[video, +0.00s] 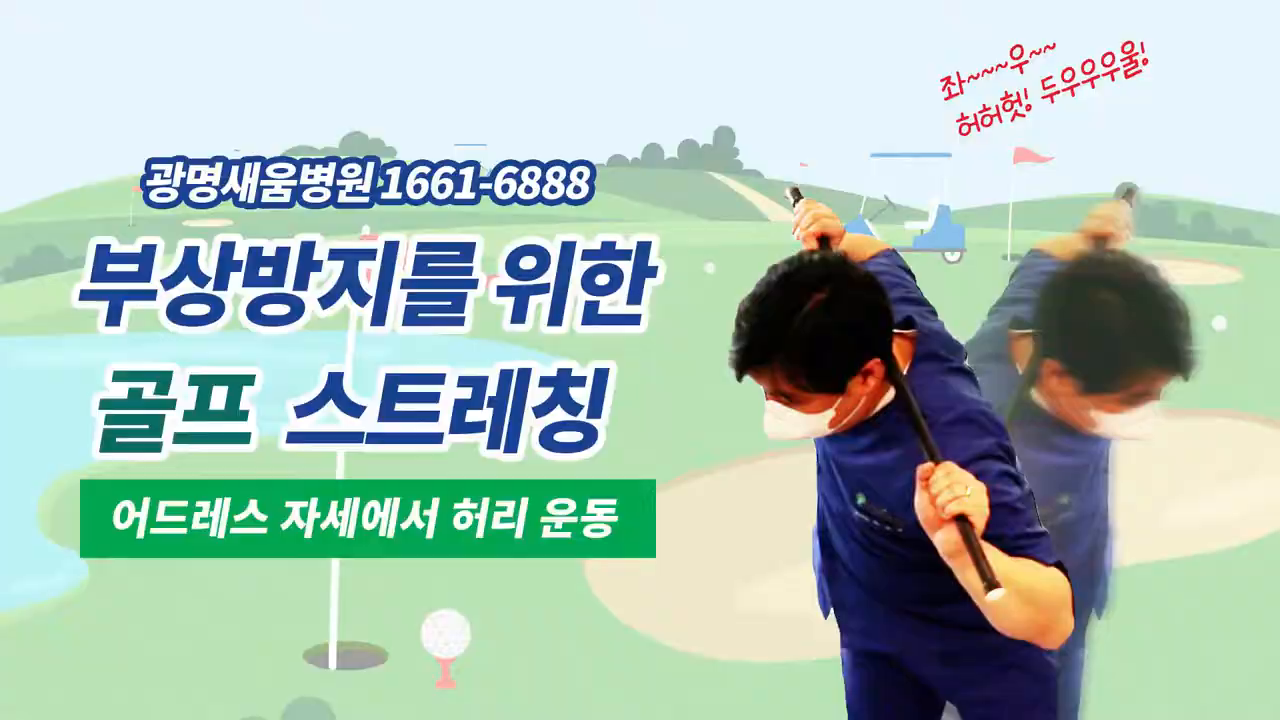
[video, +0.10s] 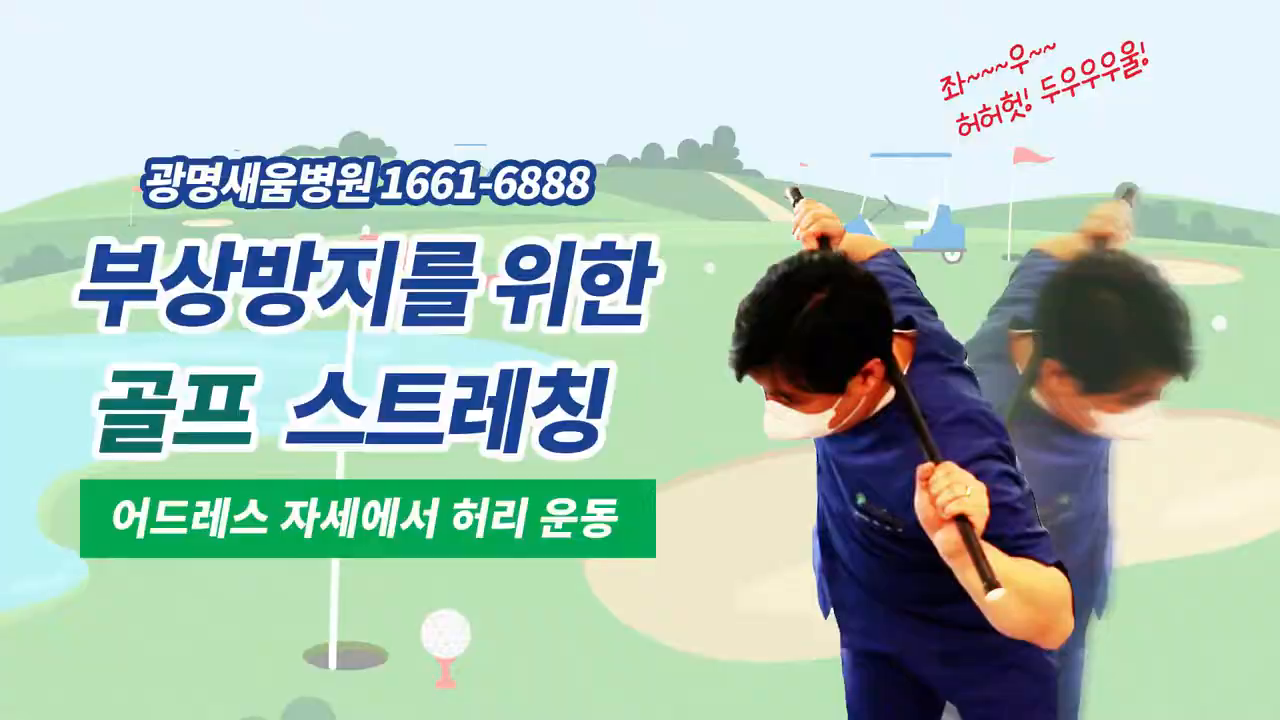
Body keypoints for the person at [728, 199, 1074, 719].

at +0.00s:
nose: (776, 409)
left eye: (792, 398)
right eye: (768, 392)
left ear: (868, 379)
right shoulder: (882, 305)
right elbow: (876, 256)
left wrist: (963, 551)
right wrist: (837, 239)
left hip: (994, 655)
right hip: (878, 635)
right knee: (878, 709)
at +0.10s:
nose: (776, 409)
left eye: (792, 398)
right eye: (768, 392)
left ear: (868, 379)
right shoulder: (882, 305)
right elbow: (876, 256)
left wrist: (963, 551)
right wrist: (837, 239)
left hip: (994, 655)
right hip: (878, 635)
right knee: (878, 709)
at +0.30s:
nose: (732, 220)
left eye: (750, 204)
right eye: (711, 207)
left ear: (772, 220)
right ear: (687, 224)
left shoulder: (828, 332)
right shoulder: (640, 340)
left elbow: (873, 459)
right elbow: (604, 470)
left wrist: (875, 585)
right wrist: (616, 597)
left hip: (800, 630)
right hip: (677, 636)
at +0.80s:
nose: (743, 226)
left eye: (761, 209)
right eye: (722, 212)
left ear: (785, 222)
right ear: (698, 226)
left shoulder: (837, 331)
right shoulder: (651, 336)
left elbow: (902, 442)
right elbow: (596, 453)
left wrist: (903, 552)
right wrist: (602, 570)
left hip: (803, 617)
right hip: (682, 618)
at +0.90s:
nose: (752, 229)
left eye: (771, 213)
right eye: (732, 215)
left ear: (794, 226)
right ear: (707, 226)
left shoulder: (843, 328)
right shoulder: (656, 330)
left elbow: (928, 419)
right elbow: (582, 420)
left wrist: (933, 479)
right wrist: (587, 493)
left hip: (805, 613)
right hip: (687, 613)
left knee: (811, 712)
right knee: (674, 712)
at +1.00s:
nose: (757, 239)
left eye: (777, 222)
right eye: (738, 223)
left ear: (800, 228)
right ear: (714, 227)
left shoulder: (849, 327)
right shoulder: (662, 326)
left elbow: (932, 395)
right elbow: (575, 387)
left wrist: (948, 408)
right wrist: (575, 428)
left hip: (808, 616)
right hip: (690, 615)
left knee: (814, 712)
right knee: (677, 713)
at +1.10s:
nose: (766, 253)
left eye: (787, 234)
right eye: (747, 234)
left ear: (810, 233)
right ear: (721, 231)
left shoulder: (854, 321)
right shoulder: (673, 320)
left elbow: (973, 374)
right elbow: (563, 356)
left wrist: (963, 339)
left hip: (814, 616)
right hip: (696, 615)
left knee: (817, 714)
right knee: (677, 713)